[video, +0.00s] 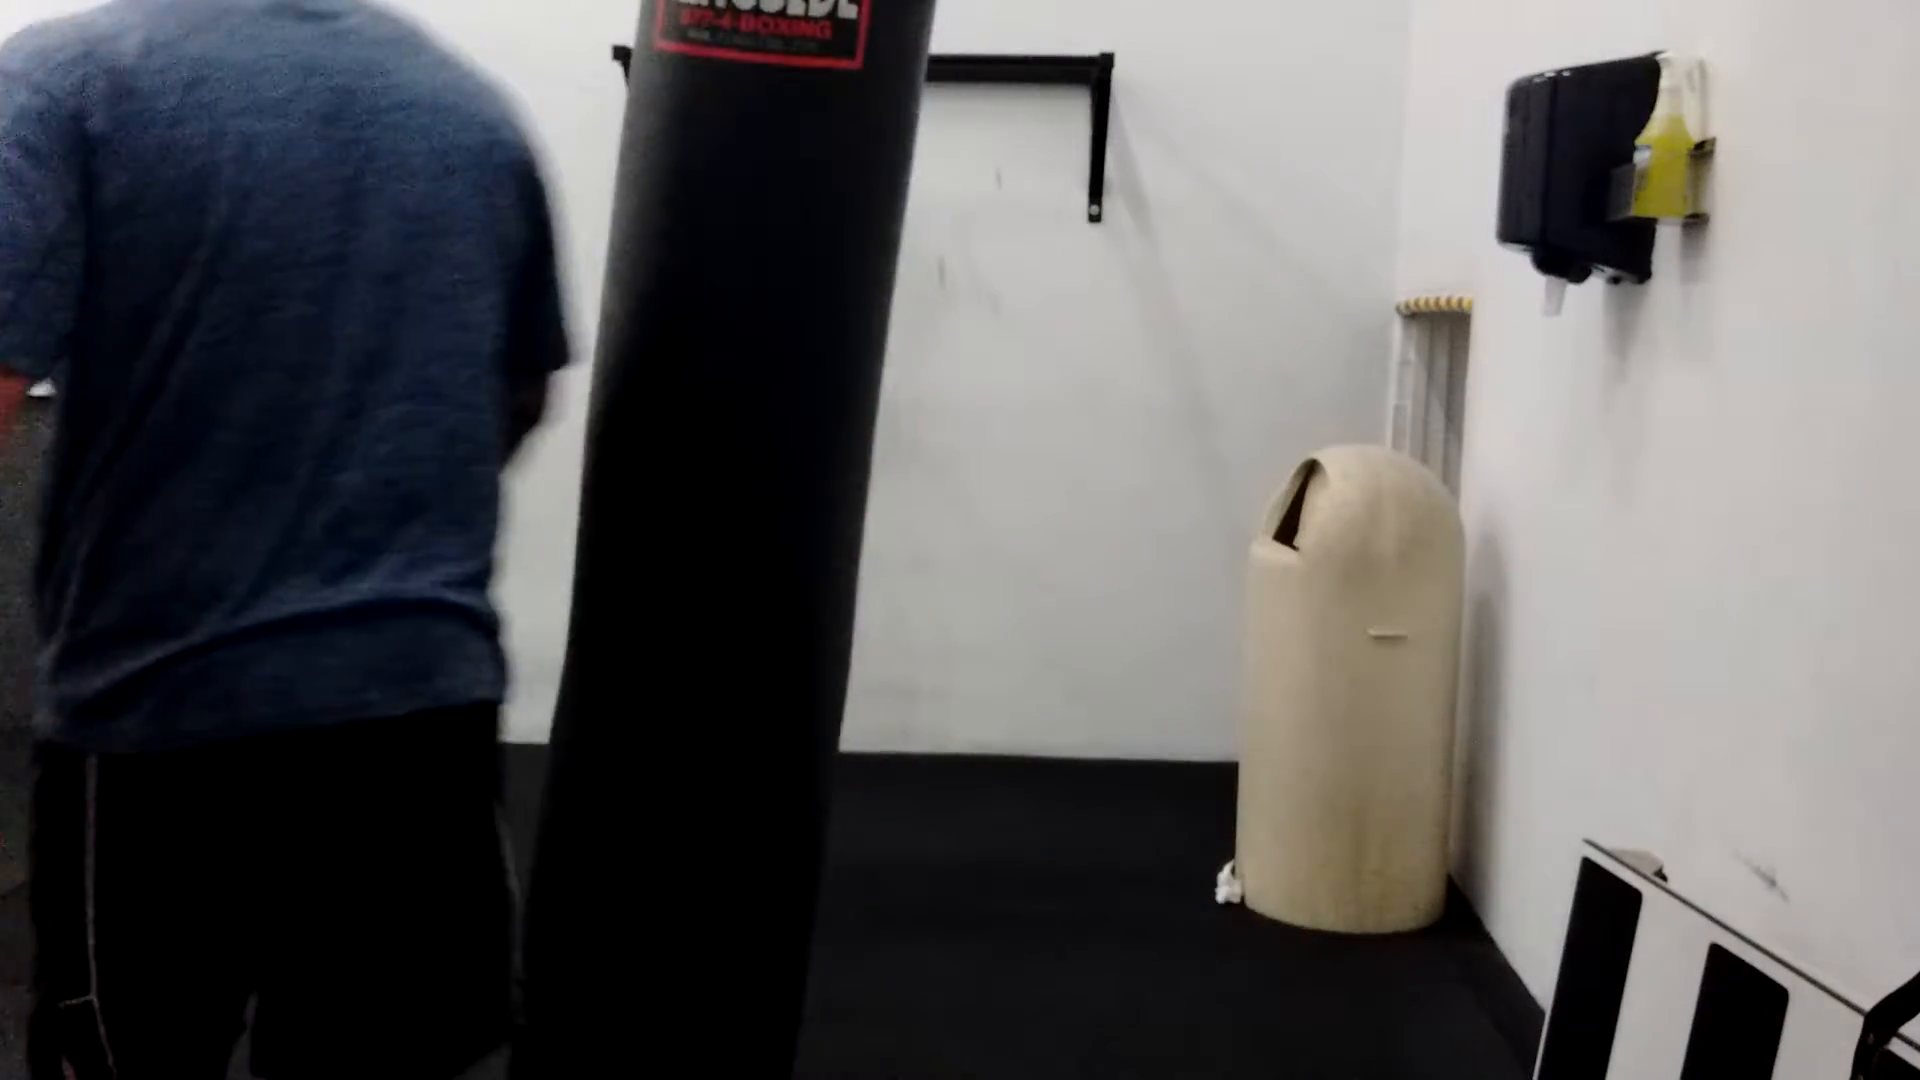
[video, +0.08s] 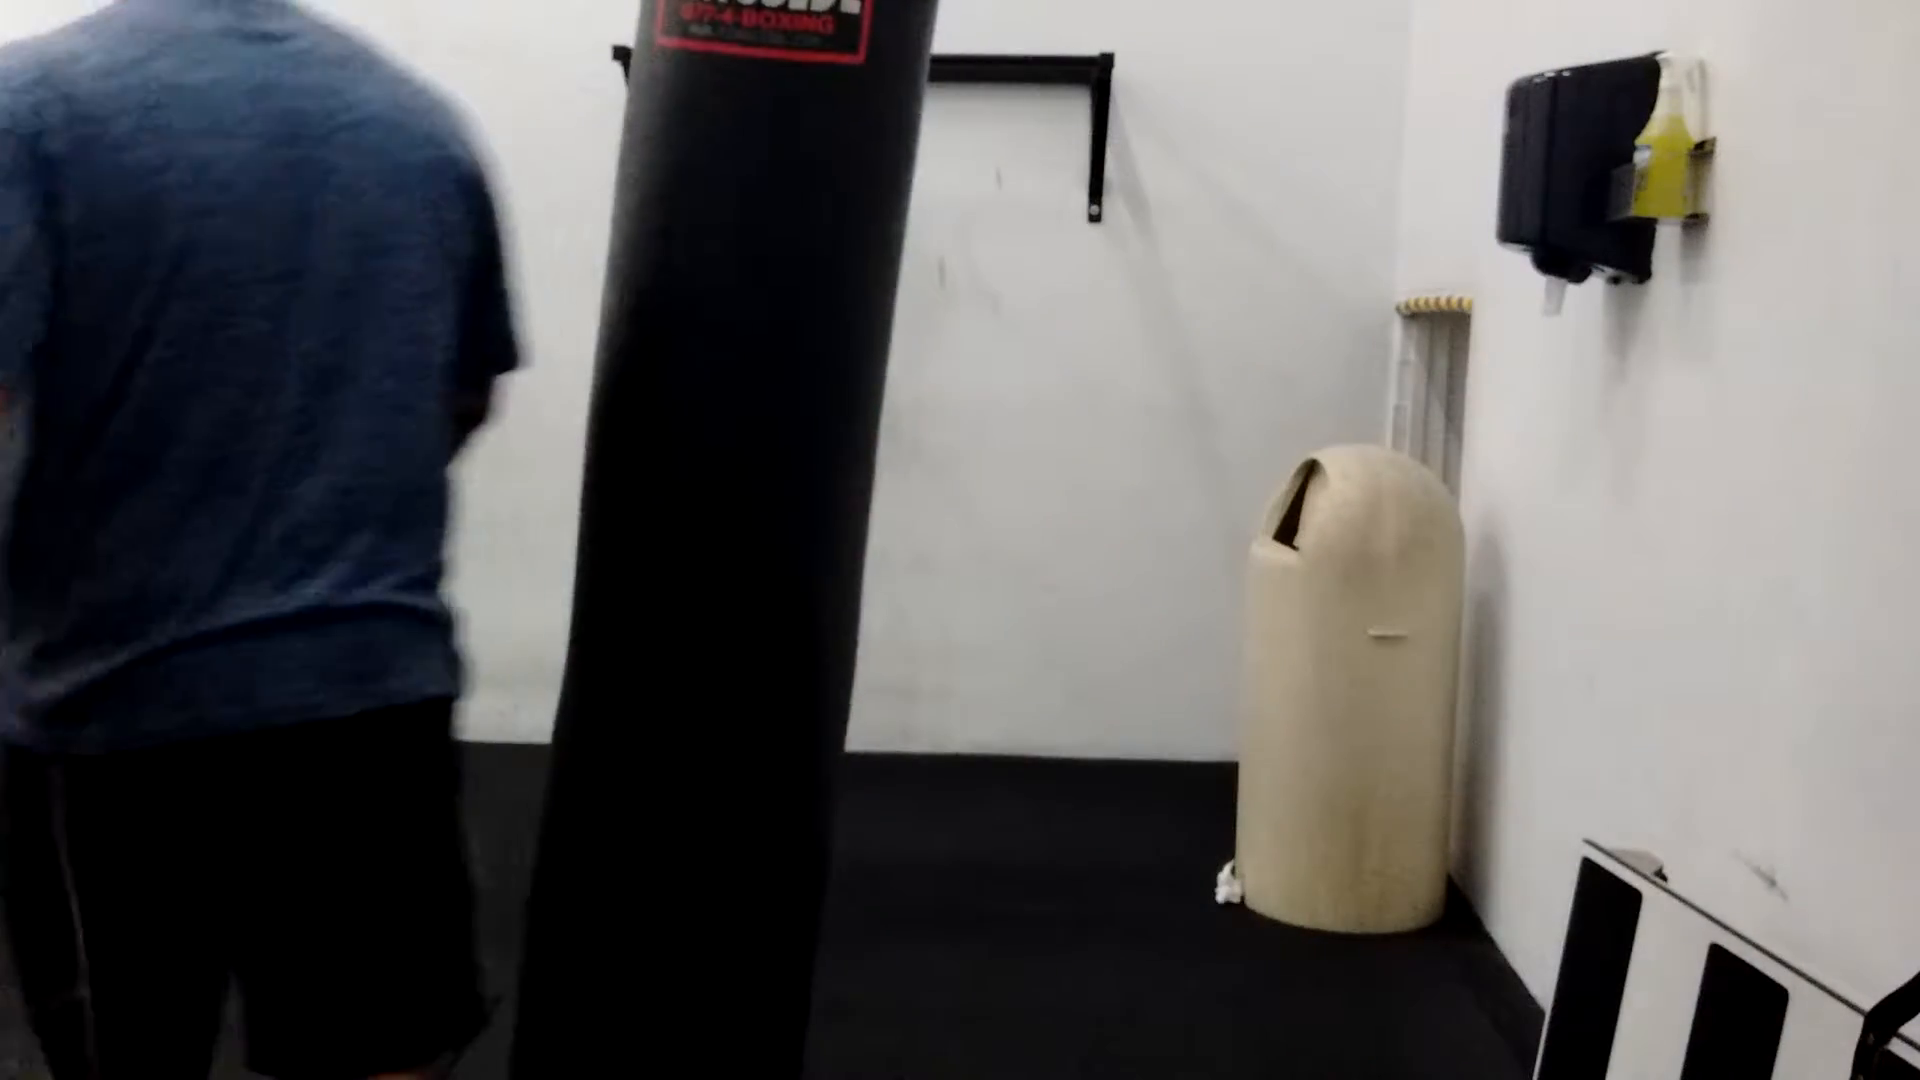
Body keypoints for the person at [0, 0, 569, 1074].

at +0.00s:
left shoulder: (60, 75)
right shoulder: (462, 96)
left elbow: (4, 392)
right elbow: (521, 394)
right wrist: (372, 501)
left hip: (148, 721)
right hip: (424, 713)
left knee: (133, 1054)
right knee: (403, 1054)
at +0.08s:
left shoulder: (34, 103)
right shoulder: (415, 114)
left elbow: (2, 394)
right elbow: (463, 394)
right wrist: (308, 494)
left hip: (104, 717)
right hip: (377, 703)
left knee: (119, 1052)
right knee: (386, 1049)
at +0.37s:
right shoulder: (257, 108)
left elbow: (341, 369)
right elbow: (342, 373)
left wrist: (305, 563)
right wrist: (309, 561)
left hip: (17, 623)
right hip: (214, 631)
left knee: (38, 1018)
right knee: (258, 973)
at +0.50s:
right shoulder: (226, 114)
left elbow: (324, 369)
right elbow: (326, 371)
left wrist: (324, 568)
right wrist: (328, 568)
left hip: (12, 605)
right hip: (172, 609)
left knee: (27, 985)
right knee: (192, 927)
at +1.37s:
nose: (171, 53)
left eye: (172, 33)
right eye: (169, 30)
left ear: (36, 28)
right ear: (134, 23)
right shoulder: (169, 171)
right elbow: (269, 370)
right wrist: (315, 474)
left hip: (6, 547)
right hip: (136, 557)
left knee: (28, 811)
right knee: (125, 834)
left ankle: (53, 1035)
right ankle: (87, 1064)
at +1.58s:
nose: (188, 50)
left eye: (186, 27)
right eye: (179, 26)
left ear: (73, 29)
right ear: (128, 22)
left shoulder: (8, 139)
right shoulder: (147, 166)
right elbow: (225, 367)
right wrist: (294, 515)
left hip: (24, 533)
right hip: (151, 535)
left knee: (44, 771)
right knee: (251, 753)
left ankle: (61, 1028)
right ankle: (146, 1005)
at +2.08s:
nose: (262, 56)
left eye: (262, 34)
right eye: (236, 33)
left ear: (179, 50)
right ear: (162, 46)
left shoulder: (189, 168)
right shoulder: (161, 185)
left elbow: (196, 375)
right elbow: (183, 388)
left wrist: (271, 525)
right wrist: (267, 548)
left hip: (206, 520)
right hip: (196, 528)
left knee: (213, 729)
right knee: (240, 748)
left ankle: (116, 907)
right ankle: (240, 978)